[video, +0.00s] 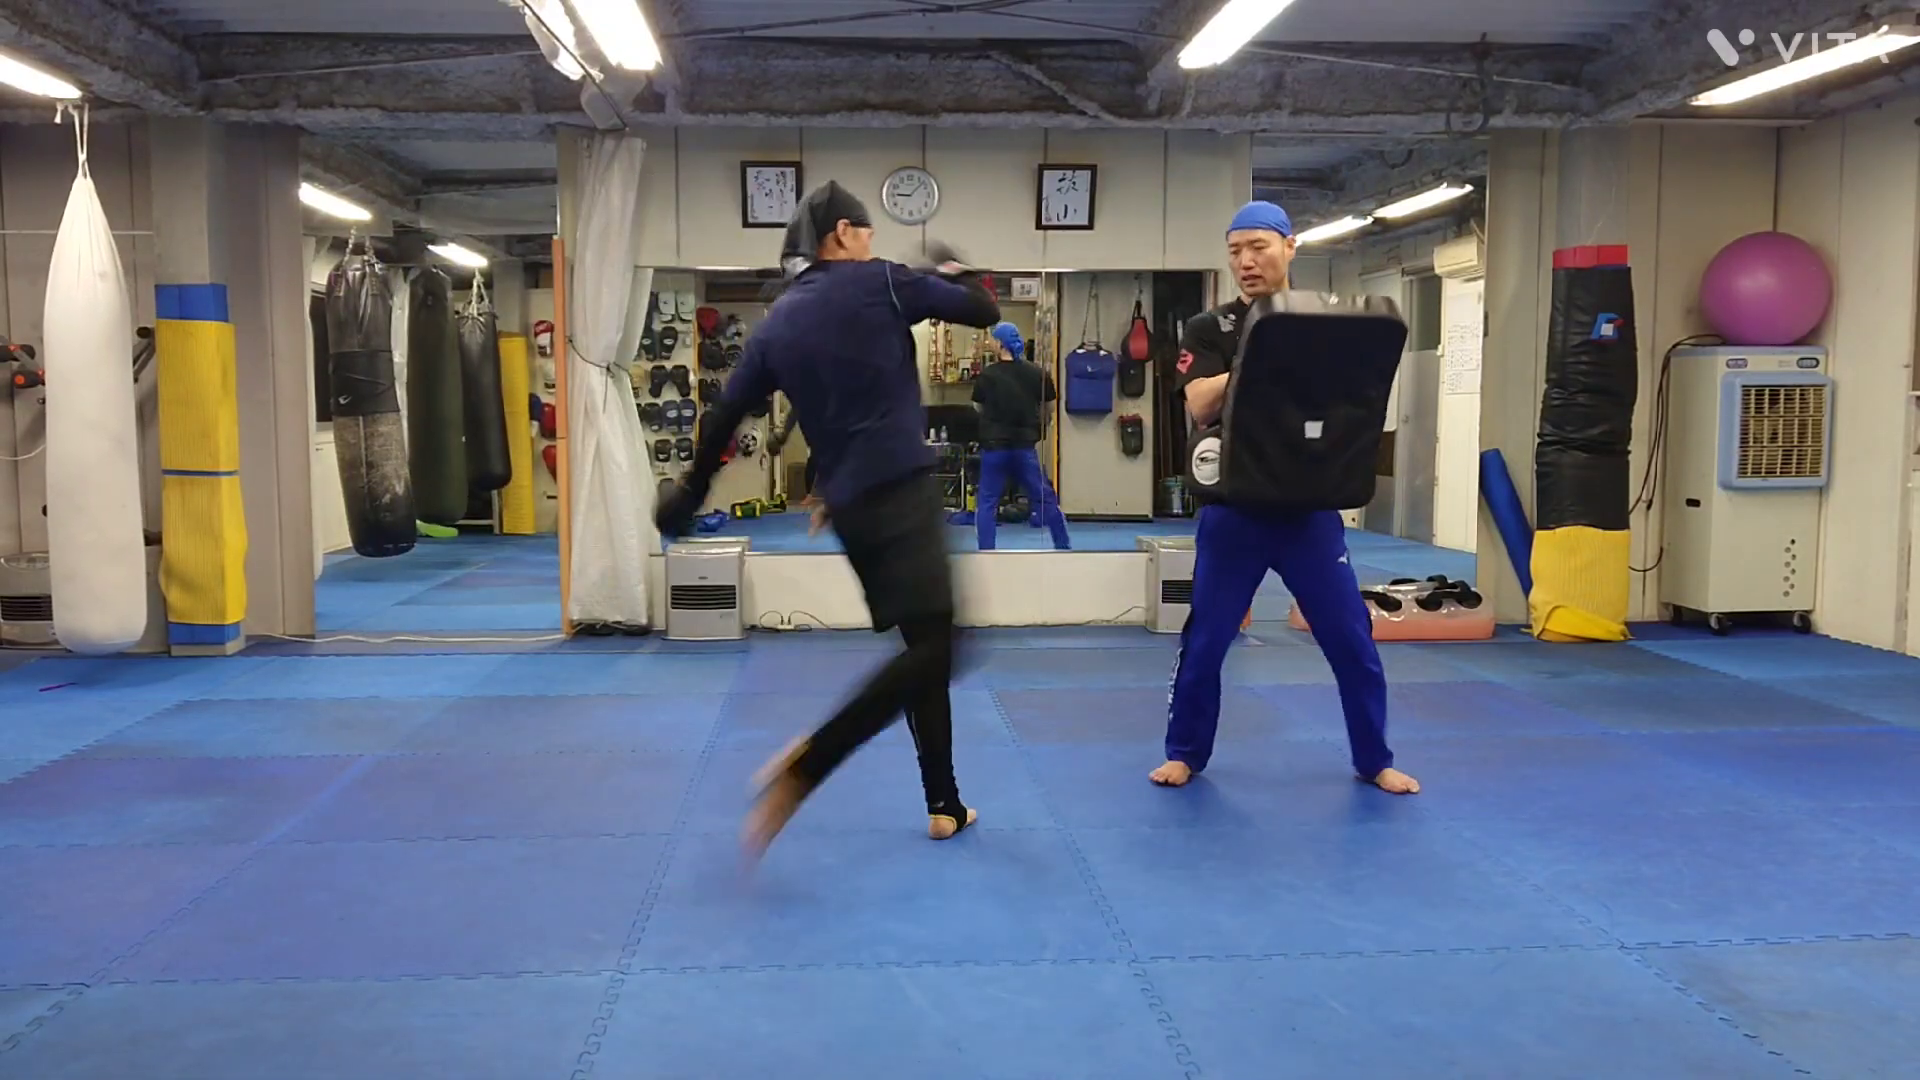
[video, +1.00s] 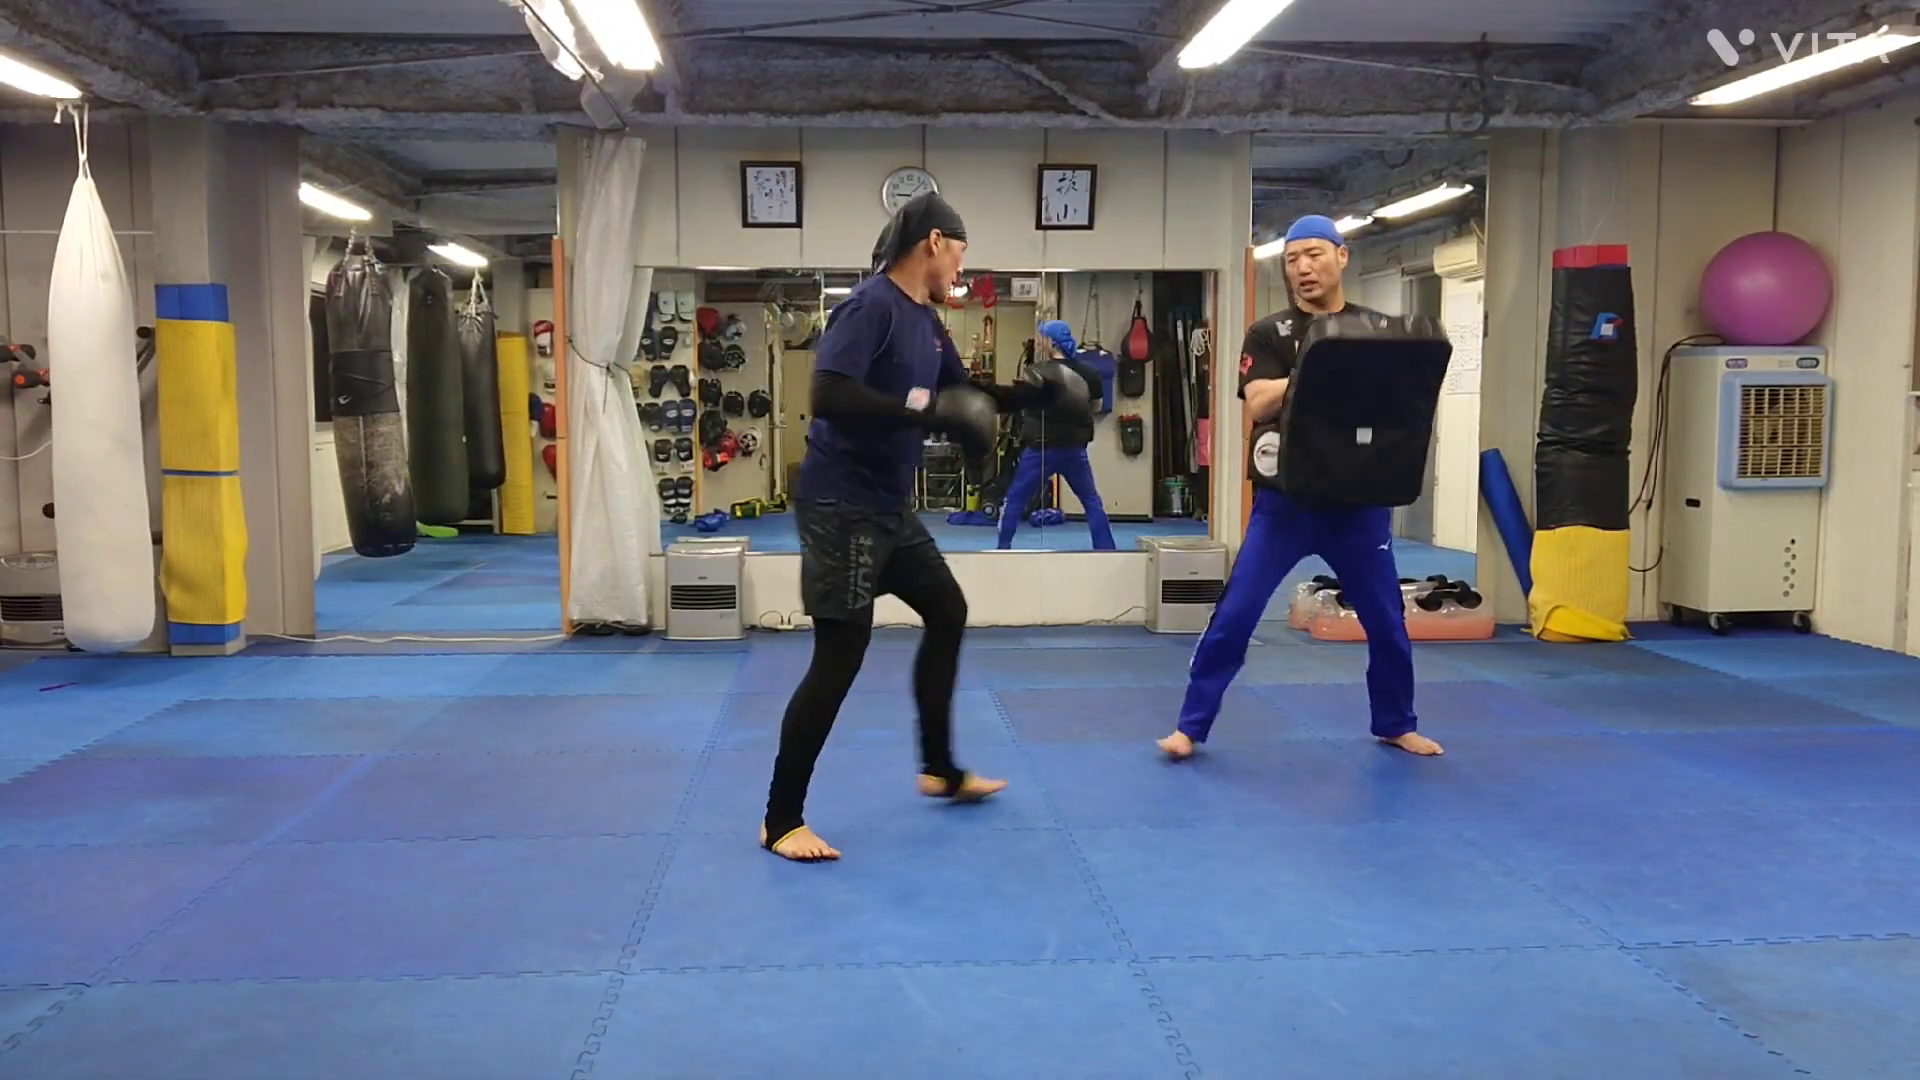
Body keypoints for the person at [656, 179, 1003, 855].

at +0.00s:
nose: (872, 246)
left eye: (868, 235)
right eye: (867, 235)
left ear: (816, 243)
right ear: (842, 236)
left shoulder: (778, 324)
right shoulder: (879, 282)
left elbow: (724, 415)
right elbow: (980, 308)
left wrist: (690, 492)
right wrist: (949, 277)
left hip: (852, 503)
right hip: (905, 485)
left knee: (925, 649)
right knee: (933, 648)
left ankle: (944, 806)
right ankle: (803, 767)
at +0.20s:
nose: (844, 268)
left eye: (838, 260)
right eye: (839, 258)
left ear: (777, 270)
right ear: (823, 257)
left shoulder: (758, 344)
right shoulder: (867, 295)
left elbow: (792, 410)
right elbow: (951, 346)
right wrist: (1002, 374)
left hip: (912, 494)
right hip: (964, 427)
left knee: (920, 636)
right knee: (1077, 394)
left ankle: (986, 779)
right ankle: (1183, 387)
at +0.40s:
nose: (875, 257)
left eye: (875, 247)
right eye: (870, 247)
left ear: (815, 252)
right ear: (843, 244)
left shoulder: (781, 337)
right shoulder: (863, 282)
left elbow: (821, 439)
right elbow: (910, 345)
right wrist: (991, 378)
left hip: (887, 485)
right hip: (947, 436)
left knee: (933, 631)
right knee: (1069, 457)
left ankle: (963, 785)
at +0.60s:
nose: (923, 251)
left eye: (923, 238)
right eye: (918, 237)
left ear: (871, 236)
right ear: (888, 233)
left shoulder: (837, 295)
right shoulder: (881, 285)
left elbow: (848, 408)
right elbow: (912, 359)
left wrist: (933, 421)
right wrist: (1002, 348)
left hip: (860, 487)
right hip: (893, 483)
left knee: (925, 636)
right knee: (971, 624)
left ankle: (937, 800)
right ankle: (877, 778)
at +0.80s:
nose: (959, 275)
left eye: (959, 262)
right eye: (955, 260)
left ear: (922, 255)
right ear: (925, 252)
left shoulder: (899, 322)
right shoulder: (867, 313)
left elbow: (918, 418)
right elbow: (845, 400)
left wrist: (995, 401)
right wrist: (933, 397)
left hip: (862, 510)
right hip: (821, 509)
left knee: (933, 617)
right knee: (847, 657)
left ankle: (911, 781)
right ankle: (784, 823)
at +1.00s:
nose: (963, 265)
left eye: (964, 252)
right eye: (959, 250)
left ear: (928, 248)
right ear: (930, 244)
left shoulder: (926, 321)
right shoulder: (872, 305)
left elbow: (963, 395)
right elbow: (829, 393)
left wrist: (1031, 396)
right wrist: (928, 410)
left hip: (889, 510)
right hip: (839, 509)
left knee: (947, 610)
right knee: (838, 658)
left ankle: (939, 771)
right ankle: (782, 821)